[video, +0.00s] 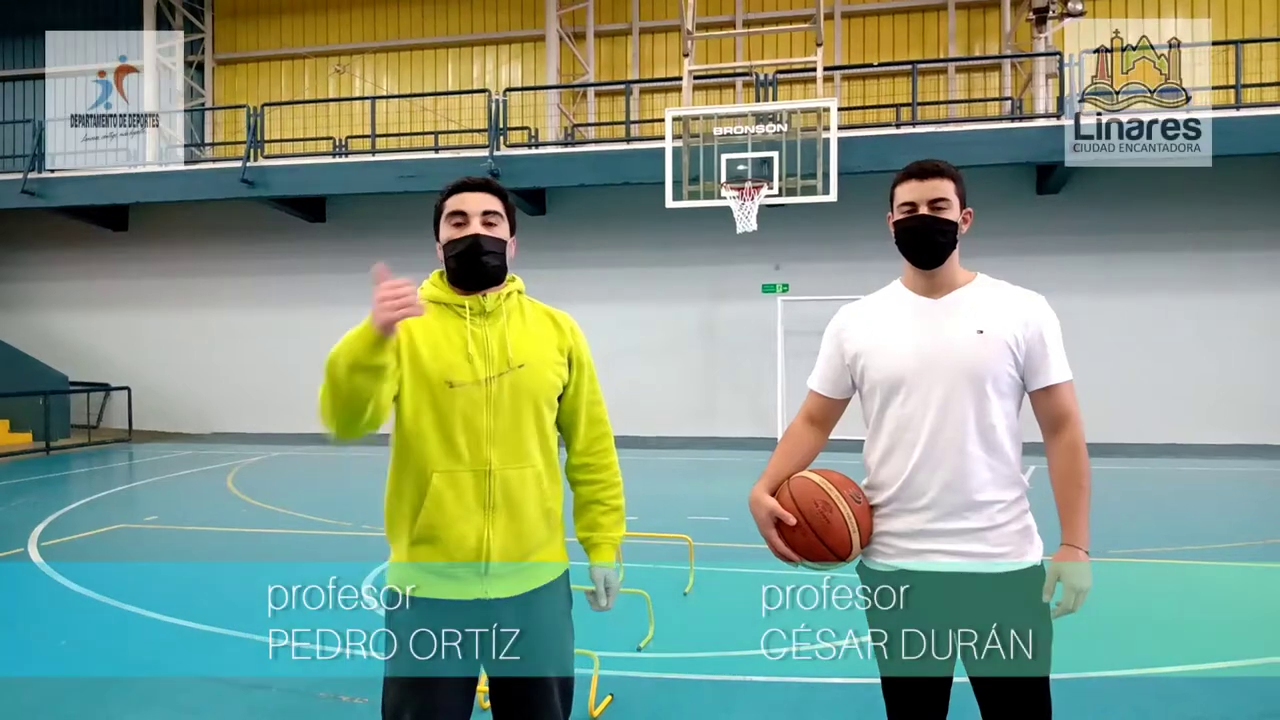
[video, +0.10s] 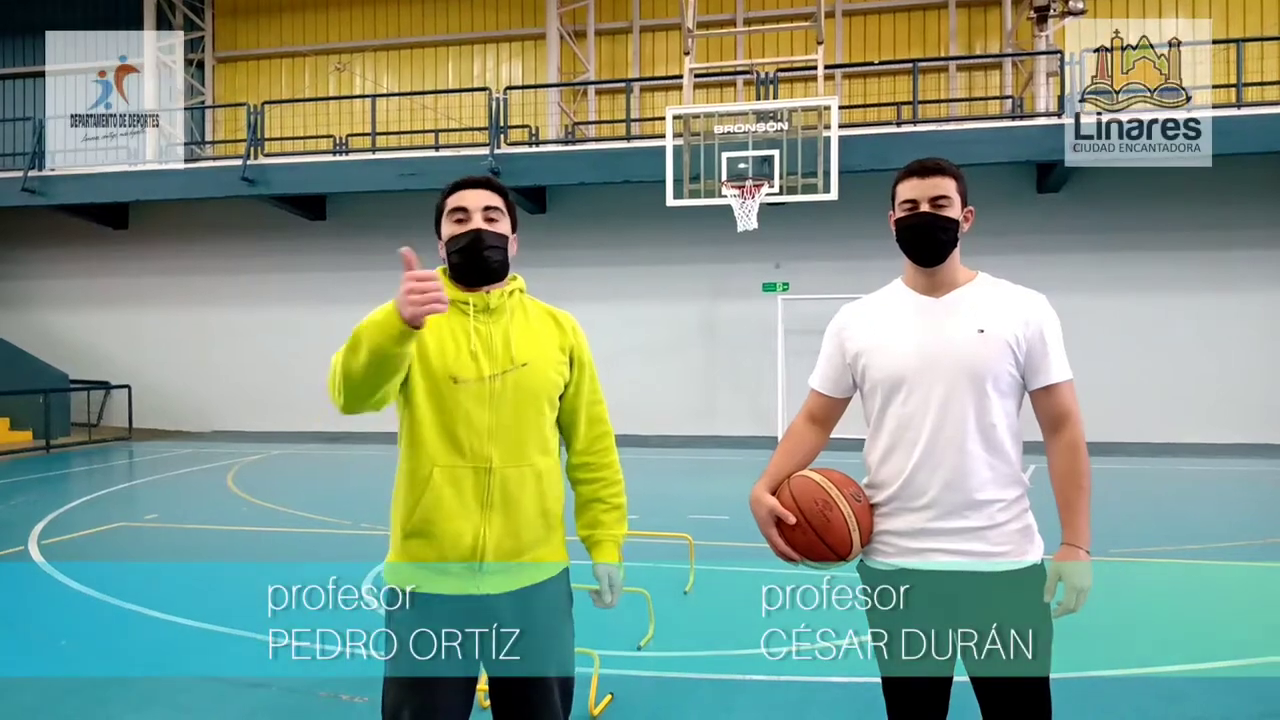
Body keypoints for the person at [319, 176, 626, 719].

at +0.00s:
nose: (474, 229)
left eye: (491, 220)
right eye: (457, 221)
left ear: (512, 244)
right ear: (439, 244)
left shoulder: (556, 331)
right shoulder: (405, 328)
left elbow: (591, 449)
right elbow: (346, 422)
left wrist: (604, 548)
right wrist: (375, 334)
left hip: (534, 582)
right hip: (428, 585)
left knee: (542, 713)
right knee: (421, 714)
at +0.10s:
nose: (476, 224)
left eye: (493, 215)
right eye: (459, 217)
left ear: (514, 240)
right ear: (441, 243)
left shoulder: (557, 329)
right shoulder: (411, 322)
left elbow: (592, 445)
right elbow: (350, 395)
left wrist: (605, 543)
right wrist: (399, 323)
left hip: (535, 575)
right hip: (429, 576)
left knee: (541, 711)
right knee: (422, 712)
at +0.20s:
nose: (483, 224)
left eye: (499, 215)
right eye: (466, 216)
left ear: (519, 241)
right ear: (447, 244)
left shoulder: (559, 333)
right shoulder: (405, 321)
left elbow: (591, 449)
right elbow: (346, 413)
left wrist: (603, 541)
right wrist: (404, 350)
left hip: (534, 578)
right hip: (431, 580)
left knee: (543, 710)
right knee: (425, 712)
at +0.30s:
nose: (494, 226)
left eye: (508, 218)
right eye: (477, 218)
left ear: (528, 243)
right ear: (455, 245)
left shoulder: (562, 338)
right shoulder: (406, 332)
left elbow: (589, 456)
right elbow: (348, 433)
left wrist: (599, 550)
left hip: (536, 588)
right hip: (435, 590)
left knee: (543, 710)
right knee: (428, 713)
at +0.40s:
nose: (499, 226)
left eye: (514, 218)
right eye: (482, 217)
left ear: (532, 243)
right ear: (459, 243)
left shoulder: (563, 338)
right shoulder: (410, 332)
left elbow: (588, 458)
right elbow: (368, 455)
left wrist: (594, 554)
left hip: (539, 591)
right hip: (436, 593)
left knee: (546, 711)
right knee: (428, 715)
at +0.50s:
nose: (503, 225)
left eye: (518, 217)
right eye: (486, 216)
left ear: (535, 242)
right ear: (462, 242)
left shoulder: (566, 337)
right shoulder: (412, 334)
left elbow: (587, 459)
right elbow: (387, 463)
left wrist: (591, 557)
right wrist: (363, 579)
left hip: (541, 589)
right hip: (440, 590)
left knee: (547, 710)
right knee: (429, 713)